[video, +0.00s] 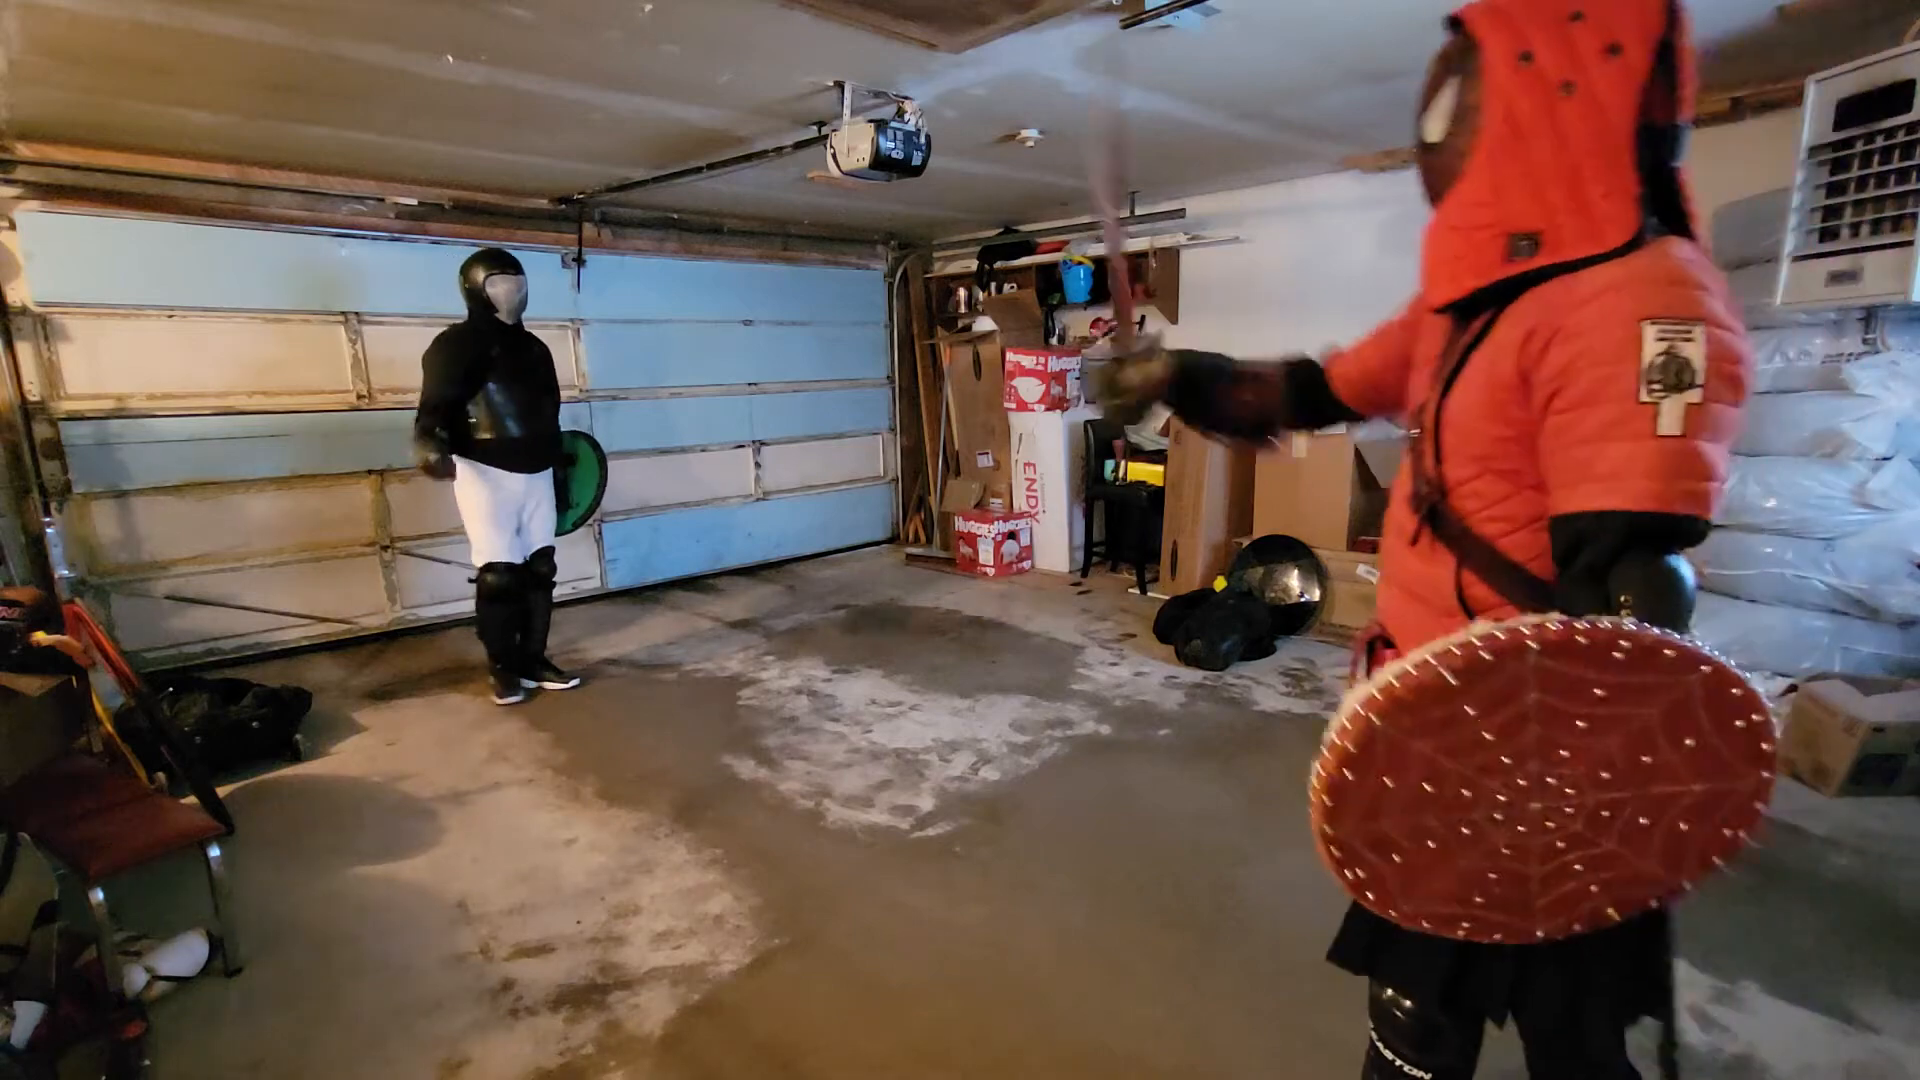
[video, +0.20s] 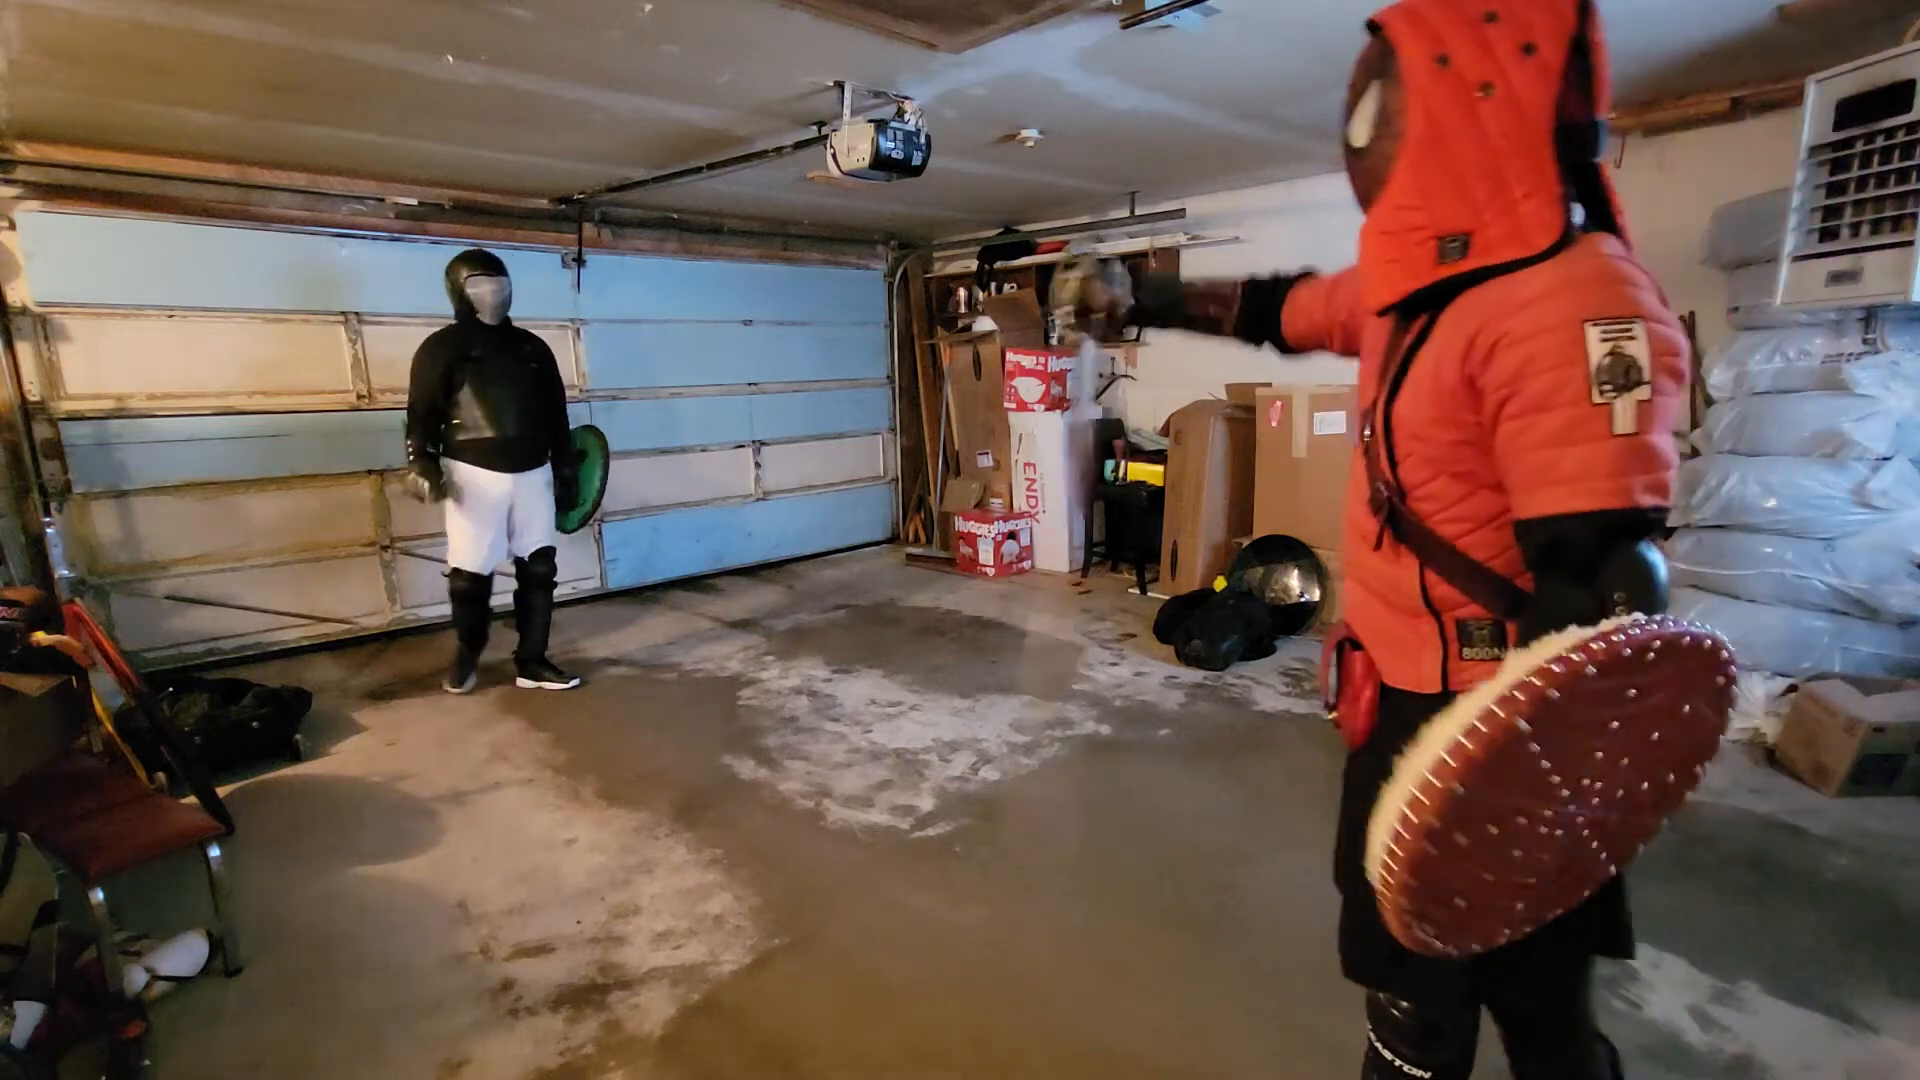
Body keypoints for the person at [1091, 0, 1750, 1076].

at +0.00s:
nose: (1431, 133)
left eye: (1456, 92)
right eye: (1434, 99)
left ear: (1556, 91)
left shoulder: (1641, 299)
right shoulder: (1475, 295)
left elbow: (1630, 601)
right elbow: (1316, 391)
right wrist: (1176, 379)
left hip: (1555, 769)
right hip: (1433, 751)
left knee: (1581, 1048)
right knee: (1413, 1037)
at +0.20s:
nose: (1360, 140)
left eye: (1384, 102)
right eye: (1361, 105)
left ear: (1484, 103)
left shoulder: (1577, 306)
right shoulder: (1416, 283)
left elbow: (1603, 603)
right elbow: (1282, 307)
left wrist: (1542, 787)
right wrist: (1141, 298)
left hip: (1507, 725)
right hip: (1404, 706)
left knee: (1541, 1009)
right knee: (1409, 991)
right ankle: (1410, 1067)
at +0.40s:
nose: (1320, 140)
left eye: (1347, 95)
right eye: (1324, 101)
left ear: (1443, 95)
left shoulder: (1547, 317)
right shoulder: (1393, 281)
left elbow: (1584, 621)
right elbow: (1286, 338)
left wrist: (1525, 836)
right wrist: (1173, 361)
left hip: (1459, 727)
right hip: (1374, 696)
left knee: (1415, 1008)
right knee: (1367, 920)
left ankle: (1419, 1061)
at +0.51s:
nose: (1304, 149)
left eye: (1327, 110)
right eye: (1306, 113)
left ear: (1426, 111)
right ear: (1400, 115)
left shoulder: (1516, 318)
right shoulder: (1379, 285)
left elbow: (1565, 606)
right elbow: (1346, 407)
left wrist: (1495, 808)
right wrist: (1248, 424)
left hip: (1435, 702)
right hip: (1349, 671)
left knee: (1384, 898)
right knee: (1304, 841)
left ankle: (1393, 1050)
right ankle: (1392, 993)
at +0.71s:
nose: (1265, 155)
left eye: (1282, 118)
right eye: (1267, 120)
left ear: (1367, 117)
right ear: (1365, 122)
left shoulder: (1441, 308)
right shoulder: (1370, 292)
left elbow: (1486, 589)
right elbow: (1349, 501)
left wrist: (1439, 801)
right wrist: (1260, 566)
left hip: (1387, 717)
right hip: (1313, 686)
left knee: (1373, 949)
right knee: (1272, 844)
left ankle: (1379, 1067)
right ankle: (1263, 1020)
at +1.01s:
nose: (1217, 186)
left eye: (1234, 155)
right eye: (1224, 158)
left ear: (1293, 154)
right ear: (1325, 153)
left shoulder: (1347, 302)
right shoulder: (1307, 302)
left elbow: (1361, 543)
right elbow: (1295, 518)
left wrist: (1344, 724)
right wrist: (1217, 613)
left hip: (1333, 690)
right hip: (1274, 668)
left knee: (1339, 895)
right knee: (1247, 843)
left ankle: (1366, 1059)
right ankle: (1232, 1015)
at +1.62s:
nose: (1186, 232)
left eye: (1197, 207)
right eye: (1192, 208)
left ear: (1239, 206)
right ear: (1306, 202)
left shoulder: (1262, 330)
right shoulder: (1321, 319)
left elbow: (1273, 554)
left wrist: (1256, 736)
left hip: (1352, 705)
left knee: (1341, 956)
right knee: (1250, 841)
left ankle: (1436, 1064)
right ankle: (1234, 1017)